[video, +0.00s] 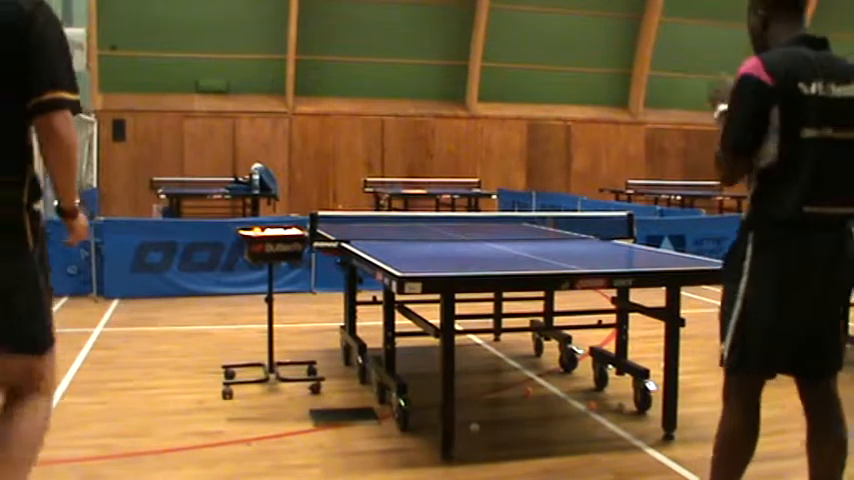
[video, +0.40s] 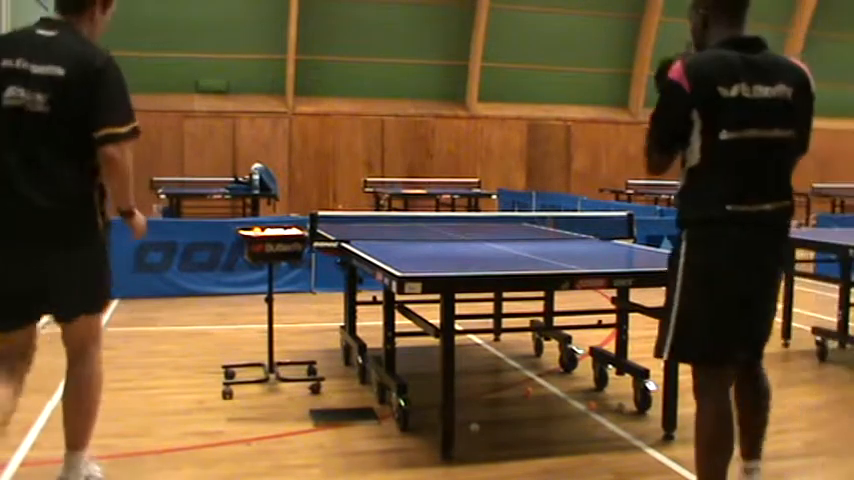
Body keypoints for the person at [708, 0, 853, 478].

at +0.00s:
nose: (750, 31)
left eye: (751, 20)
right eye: (752, 21)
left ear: (761, 18)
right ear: (802, 18)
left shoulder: (762, 73)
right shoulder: (846, 73)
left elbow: (729, 169)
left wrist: (729, 115)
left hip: (773, 245)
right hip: (835, 244)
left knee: (742, 390)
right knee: (821, 390)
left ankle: (721, 474)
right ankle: (827, 477)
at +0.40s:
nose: (690, 30)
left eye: (693, 21)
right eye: (693, 21)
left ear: (702, 19)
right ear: (744, 18)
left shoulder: (690, 72)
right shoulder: (795, 75)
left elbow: (658, 155)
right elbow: (798, 148)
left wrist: (672, 92)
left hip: (711, 235)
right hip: (770, 234)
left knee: (710, 372)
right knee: (749, 360)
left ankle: (710, 475)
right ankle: (751, 469)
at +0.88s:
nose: (663, 37)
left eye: (666, 29)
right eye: (666, 29)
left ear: (679, 29)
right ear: (712, 30)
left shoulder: (670, 81)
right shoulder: (753, 90)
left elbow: (631, 161)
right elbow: (752, 161)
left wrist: (616, 134)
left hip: (680, 233)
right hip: (730, 235)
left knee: (652, 360)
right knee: (703, 354)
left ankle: (689, 469)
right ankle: (692, 463)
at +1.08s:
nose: (654, 47)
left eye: (655, 38)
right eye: (653, 39)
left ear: (669, 34)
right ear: (699, 33)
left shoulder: (666, 81)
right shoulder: (740, 90)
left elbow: (634, 162)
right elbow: (723, 160)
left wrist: (609, 140)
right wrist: (641, 132)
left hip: (669, 230)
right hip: (720, 233)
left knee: (610, 345)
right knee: (696, 348)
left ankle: (645, 461)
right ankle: (691, 465)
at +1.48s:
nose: (595, 48)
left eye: (597, 41)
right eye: (600, 41)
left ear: (602, 41)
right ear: (641, 39)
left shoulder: (592, 88)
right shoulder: (684, 89)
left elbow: (569, 174)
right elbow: (702, 165)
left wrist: (574, 145)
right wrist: (654, 159)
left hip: (613, 236)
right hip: (669, 235)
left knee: (576, 355)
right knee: (674, 352)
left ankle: (563, 468)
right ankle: (687, 467)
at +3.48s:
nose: (612, 75)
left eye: (614, 68)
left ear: (618, 71)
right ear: (658, 76)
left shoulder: (592, 111)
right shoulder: (688, 118)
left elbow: (571, 187)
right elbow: (696, 196)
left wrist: (599, 174)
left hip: (617, 248)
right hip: (677, 252)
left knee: (563, 356)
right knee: (699, 355)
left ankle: (536, 469)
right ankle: (716, 466)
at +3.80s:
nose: (634, 74)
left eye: (631, 67)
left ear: (626, 71)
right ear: (667, 77)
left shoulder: (593, 111)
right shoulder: (687, 117)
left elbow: (565, 183)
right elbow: (699, 197)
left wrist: (600, 196)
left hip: (603, 246)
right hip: (667, 251)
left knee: (549, 347)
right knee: (692, 356)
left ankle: (517, 465)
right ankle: (715, 466)